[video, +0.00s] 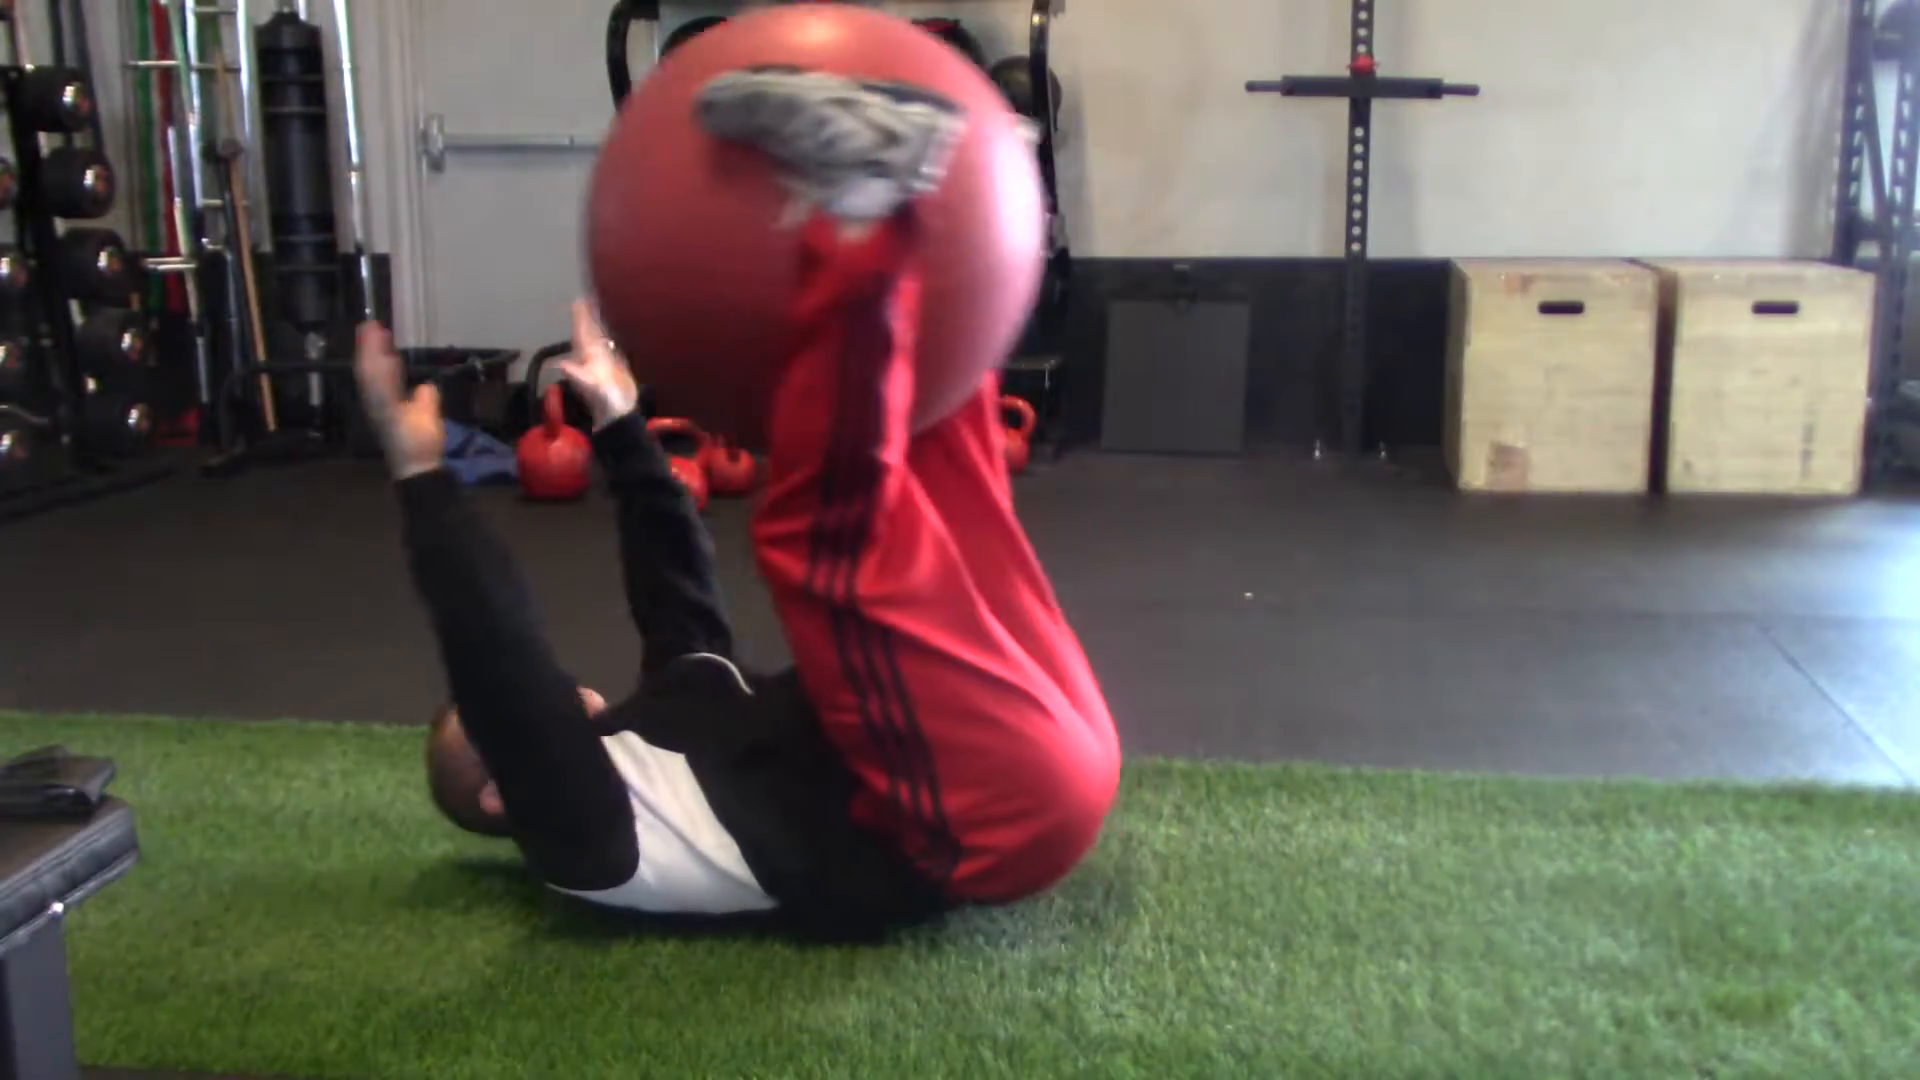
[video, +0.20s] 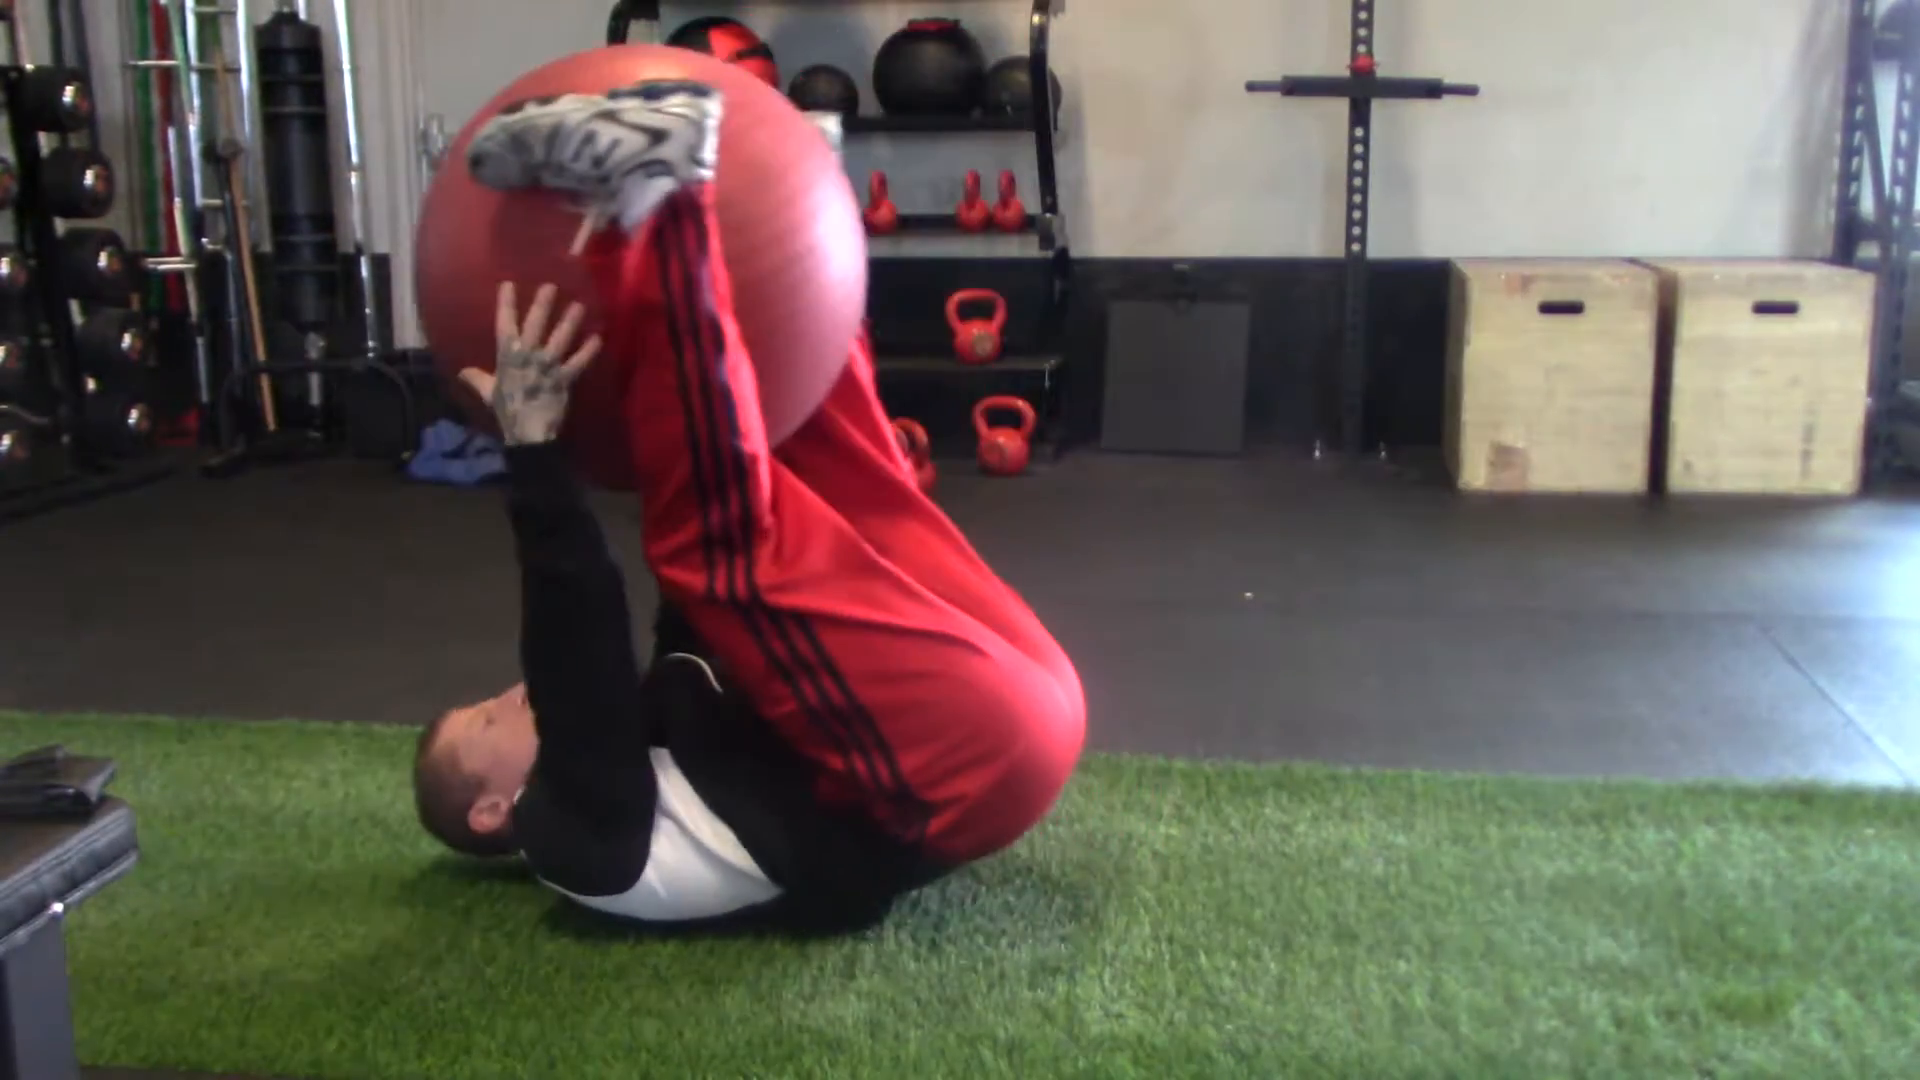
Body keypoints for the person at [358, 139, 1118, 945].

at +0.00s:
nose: (519, 707)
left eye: (509, 703)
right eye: (493, 729)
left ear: (552, 700)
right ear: (498, 799)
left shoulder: (683, 707)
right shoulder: (592, 839)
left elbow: (676, 589)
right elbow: (500, 663)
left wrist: (620, 426)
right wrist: (422, 469)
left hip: (1051, 752)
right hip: (987, 817)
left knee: (931, 461)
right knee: (818, 537)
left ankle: (918, 236)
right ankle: (860, 234)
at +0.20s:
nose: (523, 690)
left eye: (496, 695)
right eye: (489, 714)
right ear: (495, 809)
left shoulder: (674, 736)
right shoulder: (588, 845)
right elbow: (576, 657)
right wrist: (533, 448)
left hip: (1023, 713)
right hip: (949, 770)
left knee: (815, 477)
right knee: (714, 547)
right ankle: (659, 204)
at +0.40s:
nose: (505, 705)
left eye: (483, 710)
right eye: (478, 731)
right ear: (491, 820)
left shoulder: (664, 728)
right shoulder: (581, 855)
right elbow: (554, 657)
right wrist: (481, 470)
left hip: (1020, 698)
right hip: (950, 768)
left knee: (809, 469)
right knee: (699, 542)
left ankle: (794, 209)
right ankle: (646, 196)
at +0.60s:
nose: (478, 763)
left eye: (475, 745)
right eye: (453, 779)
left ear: (521, 735)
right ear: (470, 841)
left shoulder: (657, 715)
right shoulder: (579, 864)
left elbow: (621, 574)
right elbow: (490, 674)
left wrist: (512, 429)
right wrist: (370, 507)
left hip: (1038, 745)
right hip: (972, 807)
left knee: (901, 484)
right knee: (802, 511)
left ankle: (922, 182)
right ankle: (825, 177)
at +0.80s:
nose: (519, 693)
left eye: (510, 682)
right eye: (491, 707)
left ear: (549, 700)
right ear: (494, 769)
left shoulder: (660, 712)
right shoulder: (586, 848)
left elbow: (557, 600)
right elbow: (430, 733)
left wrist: (422, 489)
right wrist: (272, 599)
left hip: (979, 791)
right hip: (988, 856)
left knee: (1018, 510)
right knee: (1001, 519)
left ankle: (1233, 264)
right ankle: (1239, 269)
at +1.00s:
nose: (535, 691)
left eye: (532, 682)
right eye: (511, 709)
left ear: (563, 691)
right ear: (514, 774)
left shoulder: (653, 727)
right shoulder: (612, 837)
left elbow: (498, 639)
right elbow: (439, 796)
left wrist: (310, 600)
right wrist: (213, 728)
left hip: (1018, 773)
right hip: (1003, 838)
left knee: (1239, 531)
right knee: (1223, 548)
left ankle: (1587, 531)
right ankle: (1597, 551)